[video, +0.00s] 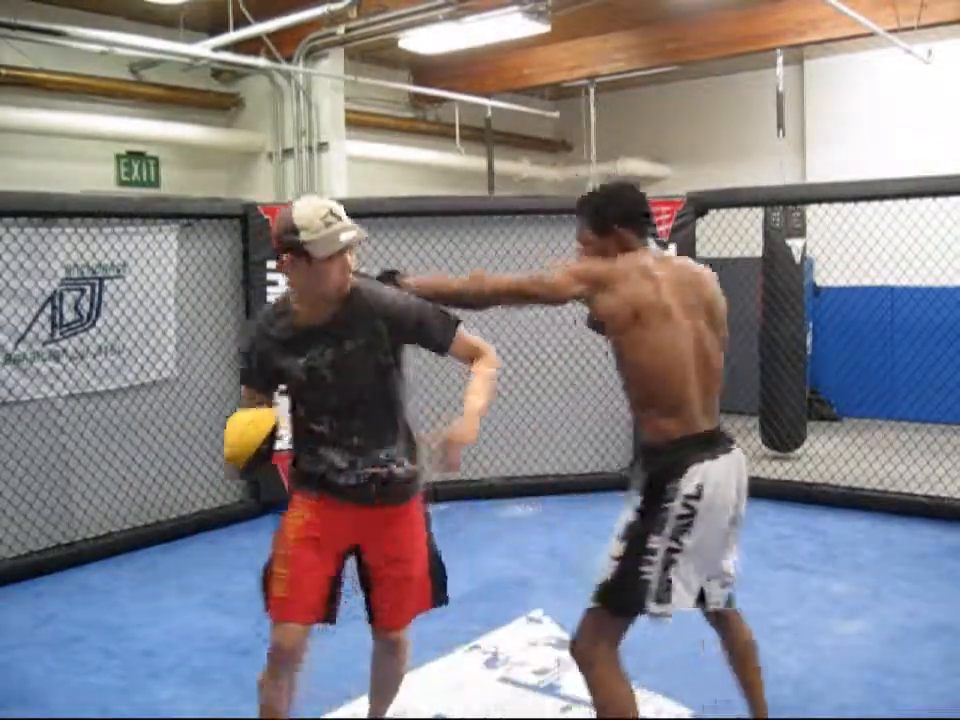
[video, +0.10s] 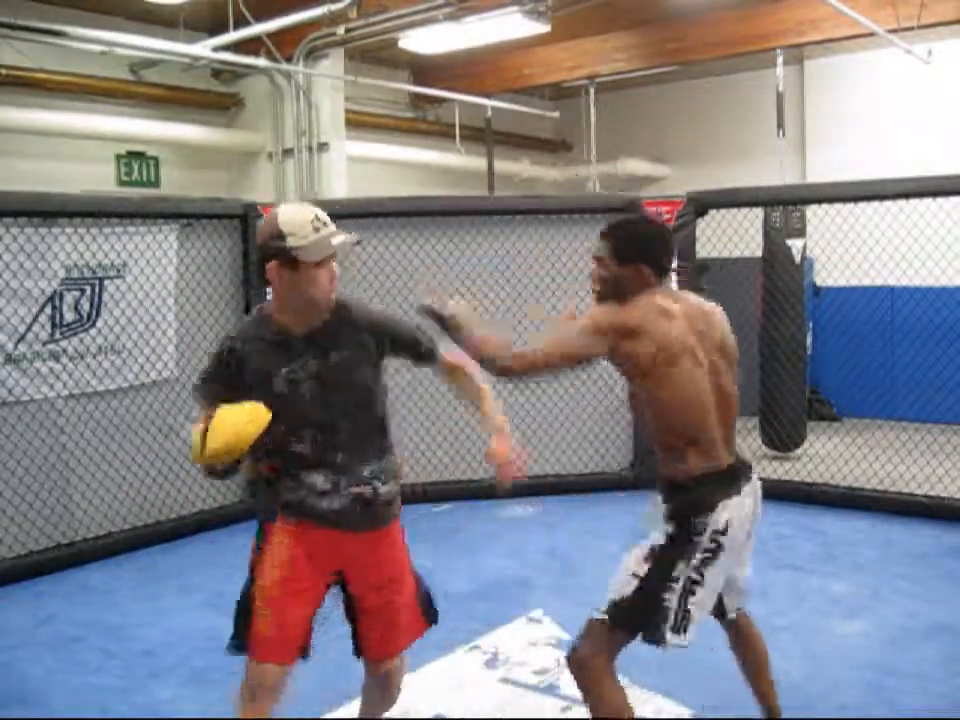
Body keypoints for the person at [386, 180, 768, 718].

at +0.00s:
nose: (579, 249)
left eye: (585, 238)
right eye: (579, 238)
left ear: (613, 235)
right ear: (641, 232)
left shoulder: (604, 276)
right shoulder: (701, 276)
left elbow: (484, 290)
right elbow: (714, 344)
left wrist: (398, 283)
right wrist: (617, 315)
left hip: (680, 479)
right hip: (725, 465)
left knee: (593, 647)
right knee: (721, 607)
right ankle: (760, 712)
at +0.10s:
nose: (594, 271)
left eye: (603, 262)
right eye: (595, 260)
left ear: (639, 270)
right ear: (655, 270)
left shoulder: (620, 323)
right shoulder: (709, 313)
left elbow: (510, 363)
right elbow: (723, 397)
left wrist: (456, 323)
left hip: (700, 509)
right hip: (739, 489)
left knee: (589, 659)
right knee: (732, 613)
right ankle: (773, 710)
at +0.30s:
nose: (580, 261)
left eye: (593, 252)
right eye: (580, 249)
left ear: (634, 253)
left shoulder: (687, 313)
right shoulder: (614, 305)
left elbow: (701, 407)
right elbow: (569, 341)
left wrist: (616, 366)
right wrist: (536, 326)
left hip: (695, 481)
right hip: (666, 477)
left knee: (625, 652)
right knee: (709, 609)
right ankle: (769, 711)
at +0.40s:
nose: (576, 260)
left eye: (589, 249)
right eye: (576, 246)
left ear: (632, 250)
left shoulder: (688, 302)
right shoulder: (589, 278)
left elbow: (729, 411)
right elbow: (493, 298)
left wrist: (639, 355)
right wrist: (447, 284)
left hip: (694, 473)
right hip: (646, 468)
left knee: (636, 651)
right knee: (702, 609)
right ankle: (776, 709)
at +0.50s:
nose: (569, 261)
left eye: (581, 249)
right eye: (568, 248)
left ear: (626, 244)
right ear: (616, 243)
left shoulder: (690, 295)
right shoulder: (581, 277)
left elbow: (723, 411)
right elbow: (509, 305)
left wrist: (638, 358)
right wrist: (472, 310)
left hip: (681, 472)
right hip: (633, 468)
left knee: (636, 651)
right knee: (687, 609)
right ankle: (765, 702)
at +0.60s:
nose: (571, 261)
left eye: (581, 248)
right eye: (569, 248)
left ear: (625, 241)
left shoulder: (690, 295)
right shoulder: (582, 282)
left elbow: (719, 413)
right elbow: (535, 363)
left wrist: (637, 365)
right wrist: (532, 354)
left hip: (674, 472)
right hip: (621, 463)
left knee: (637, 647)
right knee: (662, 610)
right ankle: (716, 703)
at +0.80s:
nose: (558, 269)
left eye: (564, 257)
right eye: (555, 257)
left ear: (603, 249)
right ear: (597, 250)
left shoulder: (664, 298)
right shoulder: (600, 294)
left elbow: (684, 405)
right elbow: (619, 371)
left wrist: (606, 370)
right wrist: (577, 366)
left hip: (656, 473)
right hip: (615, 463)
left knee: (626, 643)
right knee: (647, 618)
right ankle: (674, 711)